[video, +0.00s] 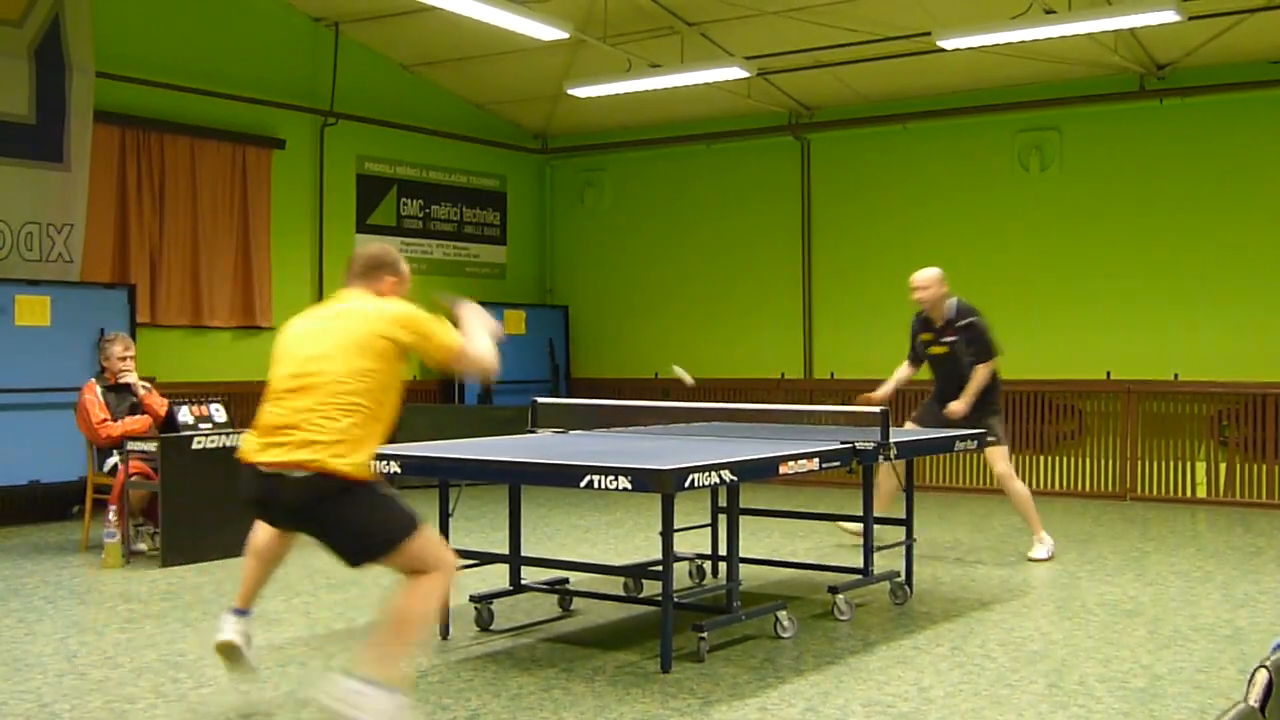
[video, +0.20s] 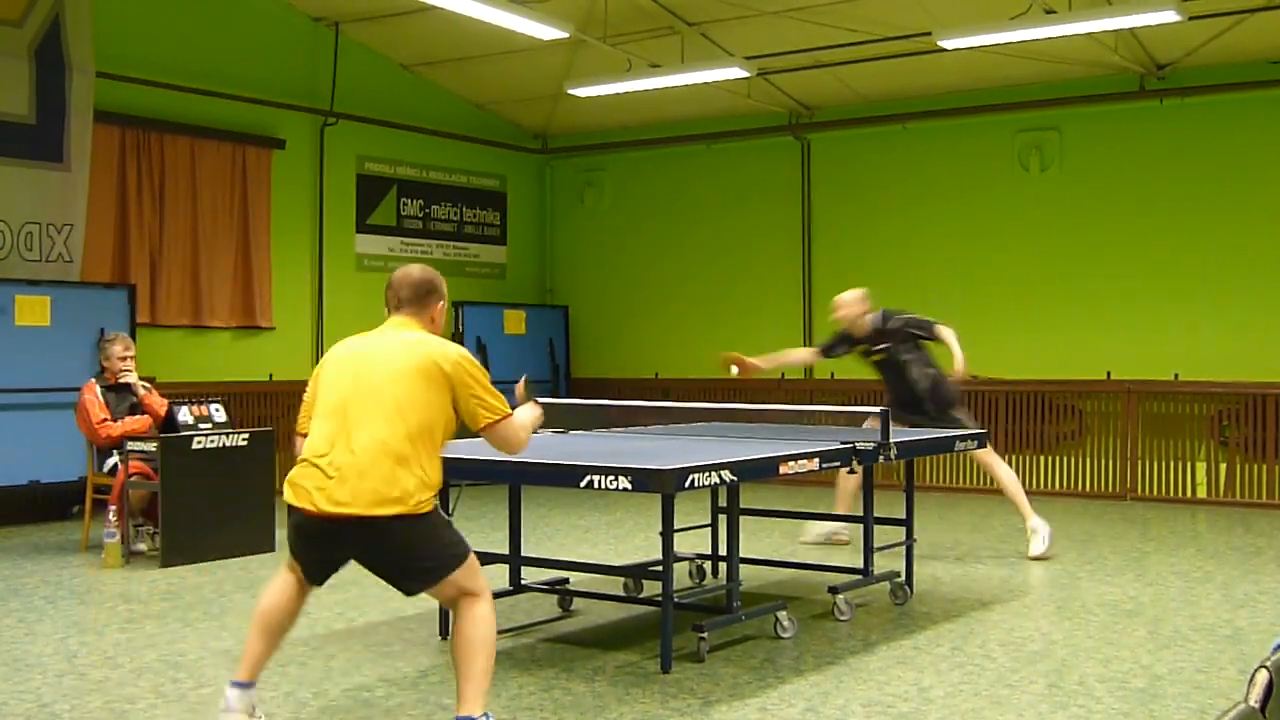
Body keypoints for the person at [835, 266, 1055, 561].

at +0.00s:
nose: (918, 295)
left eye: (924, 288)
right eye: (914, 290)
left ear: (943, 287)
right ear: (913, 293)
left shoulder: (967, 317)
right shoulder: (921, 322)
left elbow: (986, 363)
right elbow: (912, 363)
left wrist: (965, 401)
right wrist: (884, 391)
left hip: (981, 401)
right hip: (942, 399)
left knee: (1002, 471)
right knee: (894, 450)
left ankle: (1041, 536)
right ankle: (870, 522)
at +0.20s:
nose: (837, 315)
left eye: (843, 309)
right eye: (836, 310)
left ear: (863, 307)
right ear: (843, 314)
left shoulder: (892, 323)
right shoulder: (848, 340)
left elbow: (944, 331)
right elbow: (809, 355)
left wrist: (959, 364)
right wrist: (760, 363)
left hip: (940, 408)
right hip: (901, 411)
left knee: (987, 459)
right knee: (854, 449)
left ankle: (1034, 524)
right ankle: (839, 524)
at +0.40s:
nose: (794, 324)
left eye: (798, 316)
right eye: (791, 320)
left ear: (816, 312)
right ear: (795, 323)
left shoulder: (841, 327)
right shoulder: (804, 351)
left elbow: (871, 340)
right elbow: (783, 386)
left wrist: (841, 354)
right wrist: (752, 403)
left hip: (889, 406)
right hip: (850, 413)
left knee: (930, 456)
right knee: (813, 456)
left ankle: (1001, 485)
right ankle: (833, 525)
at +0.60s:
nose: (780, 298)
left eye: (784, 291)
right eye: (777, 293)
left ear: (802, 288)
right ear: (779, 295)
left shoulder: (827, 309)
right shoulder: (791, 323)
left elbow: (828, 354)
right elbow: (803, 367)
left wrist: (793, 378)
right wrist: (805, 412)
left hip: (864, 397)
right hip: (829, 400)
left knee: (882, 449)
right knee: (809, 452)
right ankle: (831, 522)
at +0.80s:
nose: (777, 303)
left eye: (778, 298)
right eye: (774, 299)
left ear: (794, 289)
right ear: (781, 294)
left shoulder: (822, 307)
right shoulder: (790, 313)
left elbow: (831, 352)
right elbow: (809, 348)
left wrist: (795, 354)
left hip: (840, 384)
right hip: (811, 382)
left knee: (842, 452)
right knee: (781, 432)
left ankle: (863, 517)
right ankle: (794, 498)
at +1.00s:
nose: (757, 304)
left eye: (760, 298)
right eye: (754, 299)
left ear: (775, 290)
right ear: (759, 295)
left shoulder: (804, 306)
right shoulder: (765, 312)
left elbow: (823, 345)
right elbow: (768, 344)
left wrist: (805, 383)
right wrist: (760, 371)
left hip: (814, 382)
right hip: (782, 381)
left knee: (828, 448)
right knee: (765, 441)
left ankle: (860, 514)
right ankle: (764, 511)